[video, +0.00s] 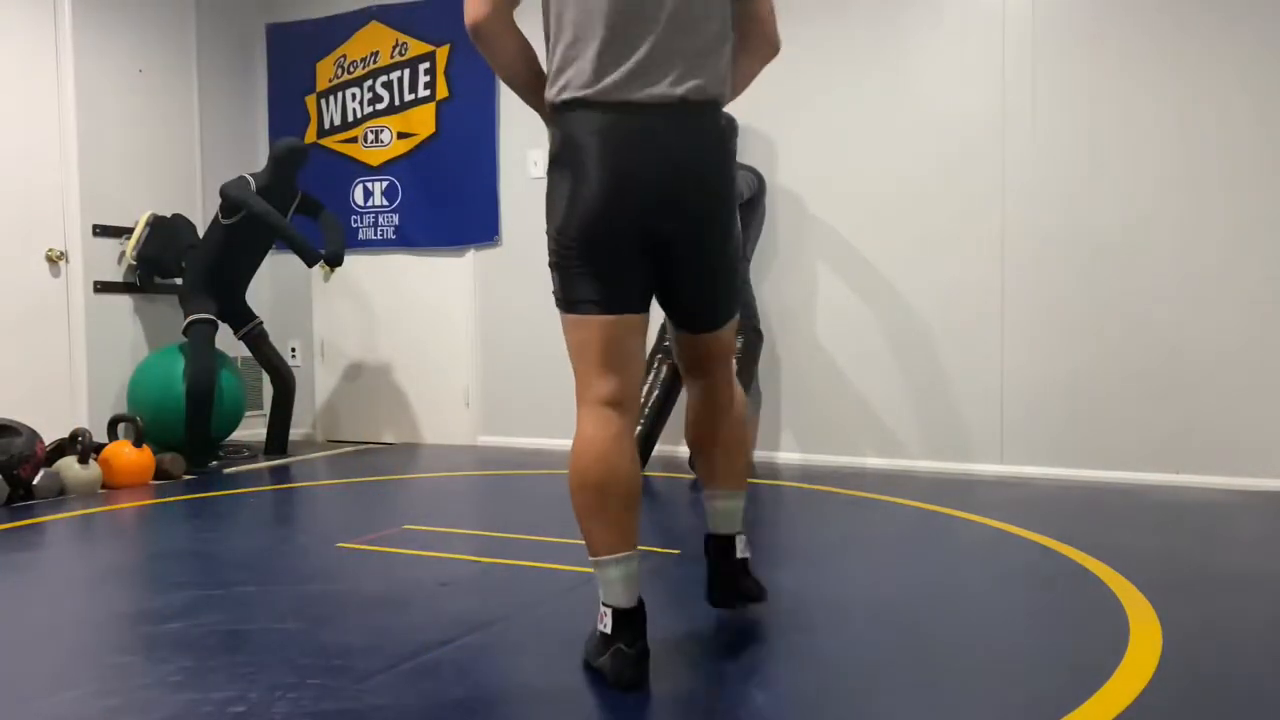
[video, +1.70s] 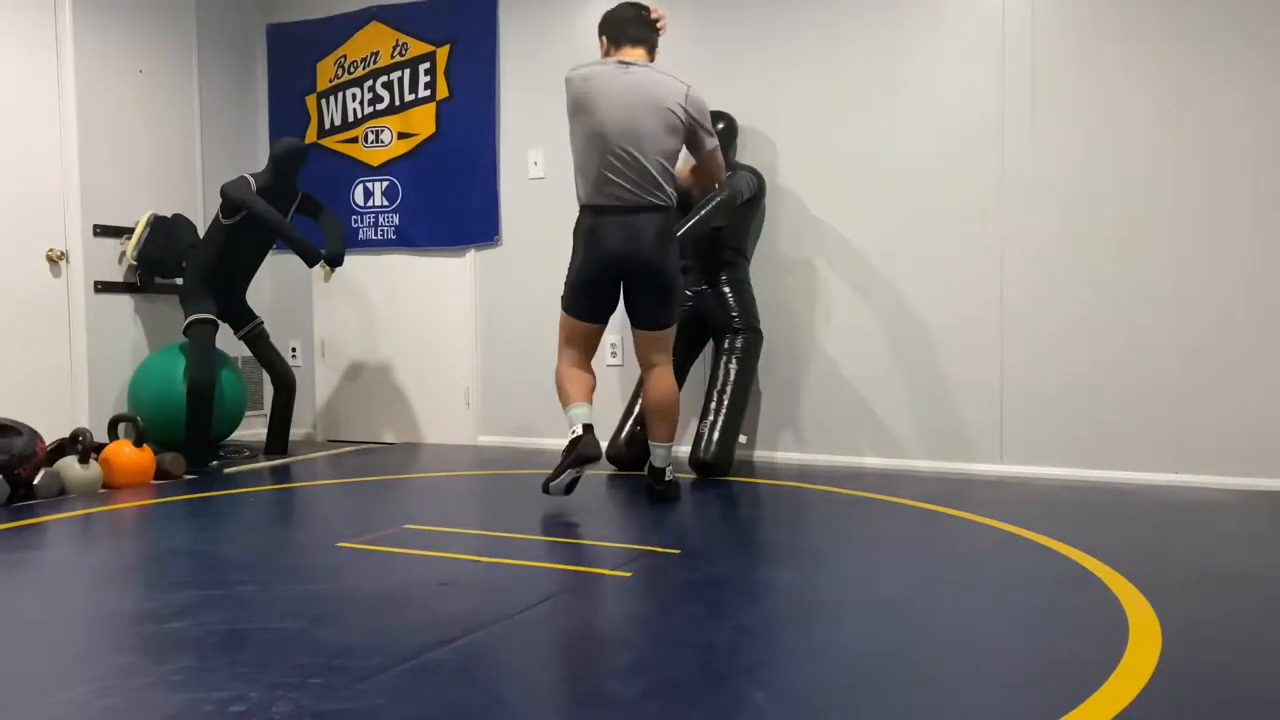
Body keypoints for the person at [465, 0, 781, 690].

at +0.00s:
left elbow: (483, 17)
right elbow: (760, 36)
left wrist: (558, 105)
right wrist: (695, 100)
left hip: (593, 145)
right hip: (698, 146)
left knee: (604, 399)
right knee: (711, 368)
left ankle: (621, 630)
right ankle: (728, 563)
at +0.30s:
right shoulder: (732, 1)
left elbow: (514, 55)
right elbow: (778, 86)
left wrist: (565, 138)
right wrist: (710, 136)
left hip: (615, 190)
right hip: (700, 191)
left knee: (600, 393)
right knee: (692, 387)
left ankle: (617, 547)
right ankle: (697, 546)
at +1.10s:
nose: (629, 27)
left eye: (626, 22)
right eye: (629, 20)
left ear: (572, 12)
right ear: (623, 15)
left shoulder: (527, 60)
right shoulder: (641, 54)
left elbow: (500, 146)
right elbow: (702, 138)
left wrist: (551, 119)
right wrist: (662, 128)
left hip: (560, 225)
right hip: (628, 222)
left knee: (566, 370)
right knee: (661, 349)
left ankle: (564, 499)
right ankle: (652, 462)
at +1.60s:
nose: (602, 49)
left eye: (599, 42)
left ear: (599, 41)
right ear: (650, 47)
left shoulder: (571, 83)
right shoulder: (674, 94)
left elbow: (594, 146)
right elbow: (711, 176)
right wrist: (671, 191)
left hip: (589, 238)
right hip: (649, 238)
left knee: (575, 362)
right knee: (655, 361)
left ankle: (572, 449)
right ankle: (661, 474)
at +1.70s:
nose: (605, 50)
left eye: (603, 43)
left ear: (605, 44)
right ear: (655, 45)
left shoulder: (578, 82)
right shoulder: (681, 94)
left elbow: (616, 74)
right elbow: (713, 174)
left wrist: (641, 26)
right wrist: (672, 174)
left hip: (595, 237)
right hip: (655, 238)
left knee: (575, 350)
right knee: (658, 359)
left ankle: (580, 432)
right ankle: (661, 472)